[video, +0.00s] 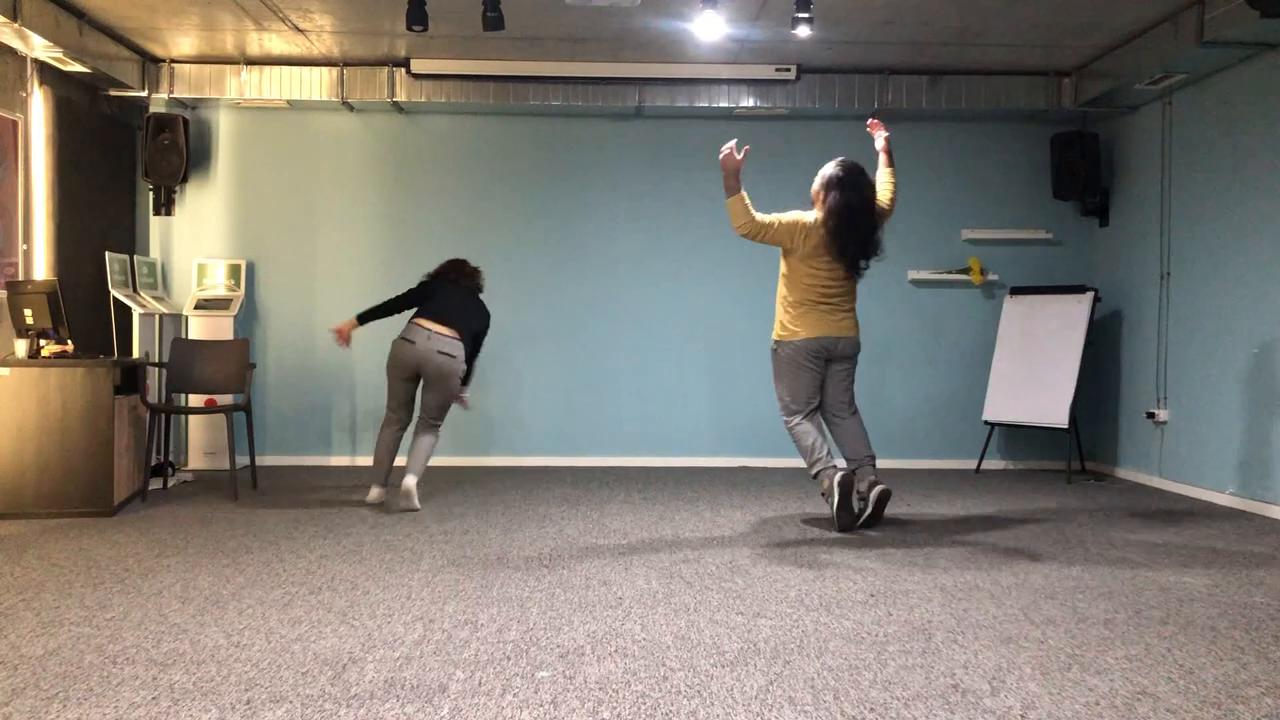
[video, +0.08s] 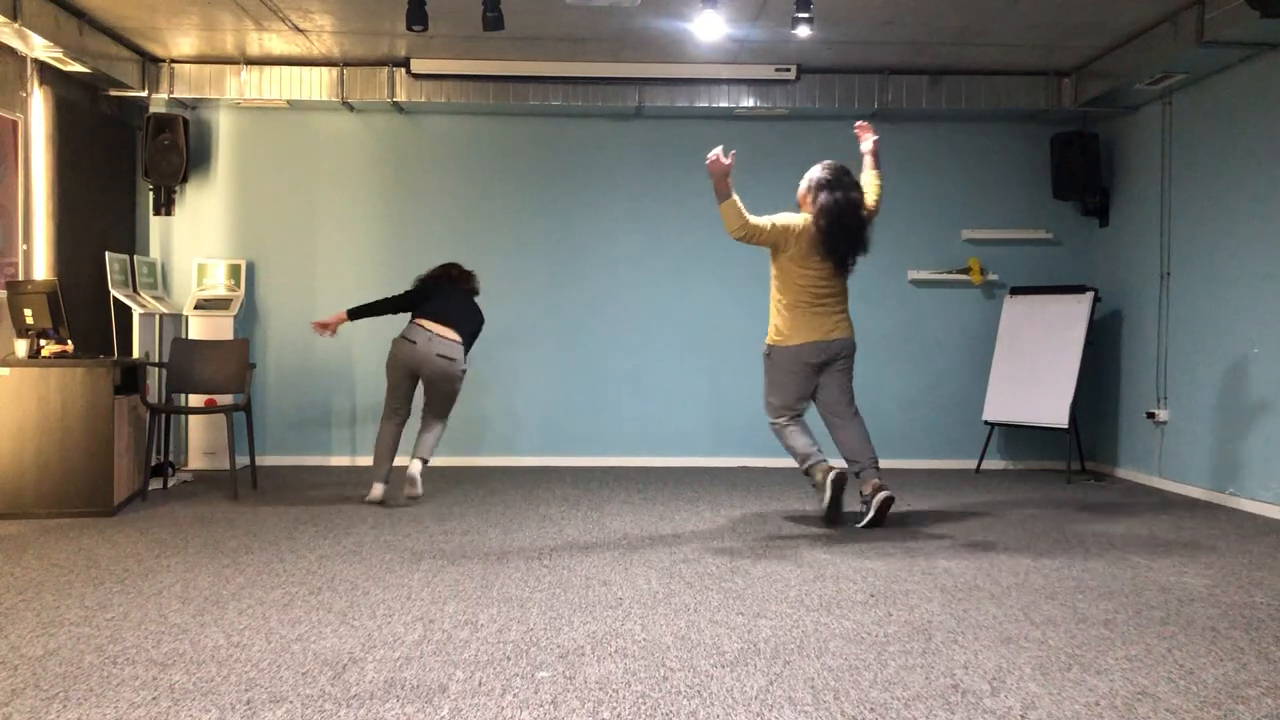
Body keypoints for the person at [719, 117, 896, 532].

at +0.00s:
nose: (812, 187)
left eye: (817, 183)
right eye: (817, 181)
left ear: (824, 194)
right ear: (856, 197)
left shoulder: (799, 226)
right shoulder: (860, 223)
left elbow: (747, 226)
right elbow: (885, 197)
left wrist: (731, 177)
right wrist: (884, 151)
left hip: (799, 337)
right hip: (845, 336)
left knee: (800, 415)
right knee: (842, 410)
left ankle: (832, 480)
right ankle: (869, 482)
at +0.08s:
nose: (799, 188)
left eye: (804, 184)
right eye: (803, 182)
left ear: (814, 196)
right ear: (839, 198)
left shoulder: (789, 227)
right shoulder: (847, 223)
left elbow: (741, 229)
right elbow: (870, 197)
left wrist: (720, 180)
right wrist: (869, 154)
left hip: (792, 343)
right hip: (839, 339)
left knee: (785, 417)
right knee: (843, 414)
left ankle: (823, 472)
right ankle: (874, 488)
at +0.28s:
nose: (737, 212)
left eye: (743, 206)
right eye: (740, 205)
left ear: (760, 212)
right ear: (776, 214)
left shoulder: (751, 238)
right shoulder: (792, 242)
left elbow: (725, 257)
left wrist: (684, 228)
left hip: (766, 355)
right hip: (810, 352)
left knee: (741, 415)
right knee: (810, 422)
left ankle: (733, 485)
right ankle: (854, 471)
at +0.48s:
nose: (699, 248)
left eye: (703, 240)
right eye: (700, 241)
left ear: (722, 236)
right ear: (735, 238)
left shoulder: (722, 256)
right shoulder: (759, 265)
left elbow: (718, 286)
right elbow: (763, 314)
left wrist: (672, 311)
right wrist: (724, 338)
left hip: (750, 361)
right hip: (789, 360)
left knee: (718, 416)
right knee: (754, 415)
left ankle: (728, 486)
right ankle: (793, 478)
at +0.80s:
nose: (642, 228)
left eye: (648, 220)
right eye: (643, 222)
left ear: (670, 221)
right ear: (666, 225)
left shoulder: (684, 240)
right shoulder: (677, 259)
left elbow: (724, 265)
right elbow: (697, 319)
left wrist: (709, 319)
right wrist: (696, 364)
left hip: (726, 342)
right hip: (737, 343)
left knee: (681, 411)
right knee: (738, 415)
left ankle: (717, 495)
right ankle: (785, 475)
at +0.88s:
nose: (629, 223)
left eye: (635, 216)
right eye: (629, 217)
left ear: (656, 218)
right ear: (651, 220)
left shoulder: (671, 238)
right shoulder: (662, 254)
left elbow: (710, 262)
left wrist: (692, 314)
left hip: (710, 342)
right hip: (716, 344)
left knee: (678, 420)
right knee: (715, 422)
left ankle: (720, 498)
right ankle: (766, 468)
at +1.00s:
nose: (600, 213)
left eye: (605, 206)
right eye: (600, 207)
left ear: (625, 208)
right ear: (621, 209)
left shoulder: (637, 232)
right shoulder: (630, 243)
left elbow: (668, 267)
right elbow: (651, 274)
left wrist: (652, 314)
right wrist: (616, 262)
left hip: (683, 342)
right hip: (656, 348)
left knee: (670, 417)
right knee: (633, 416)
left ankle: (722, 498)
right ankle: (690, 476)